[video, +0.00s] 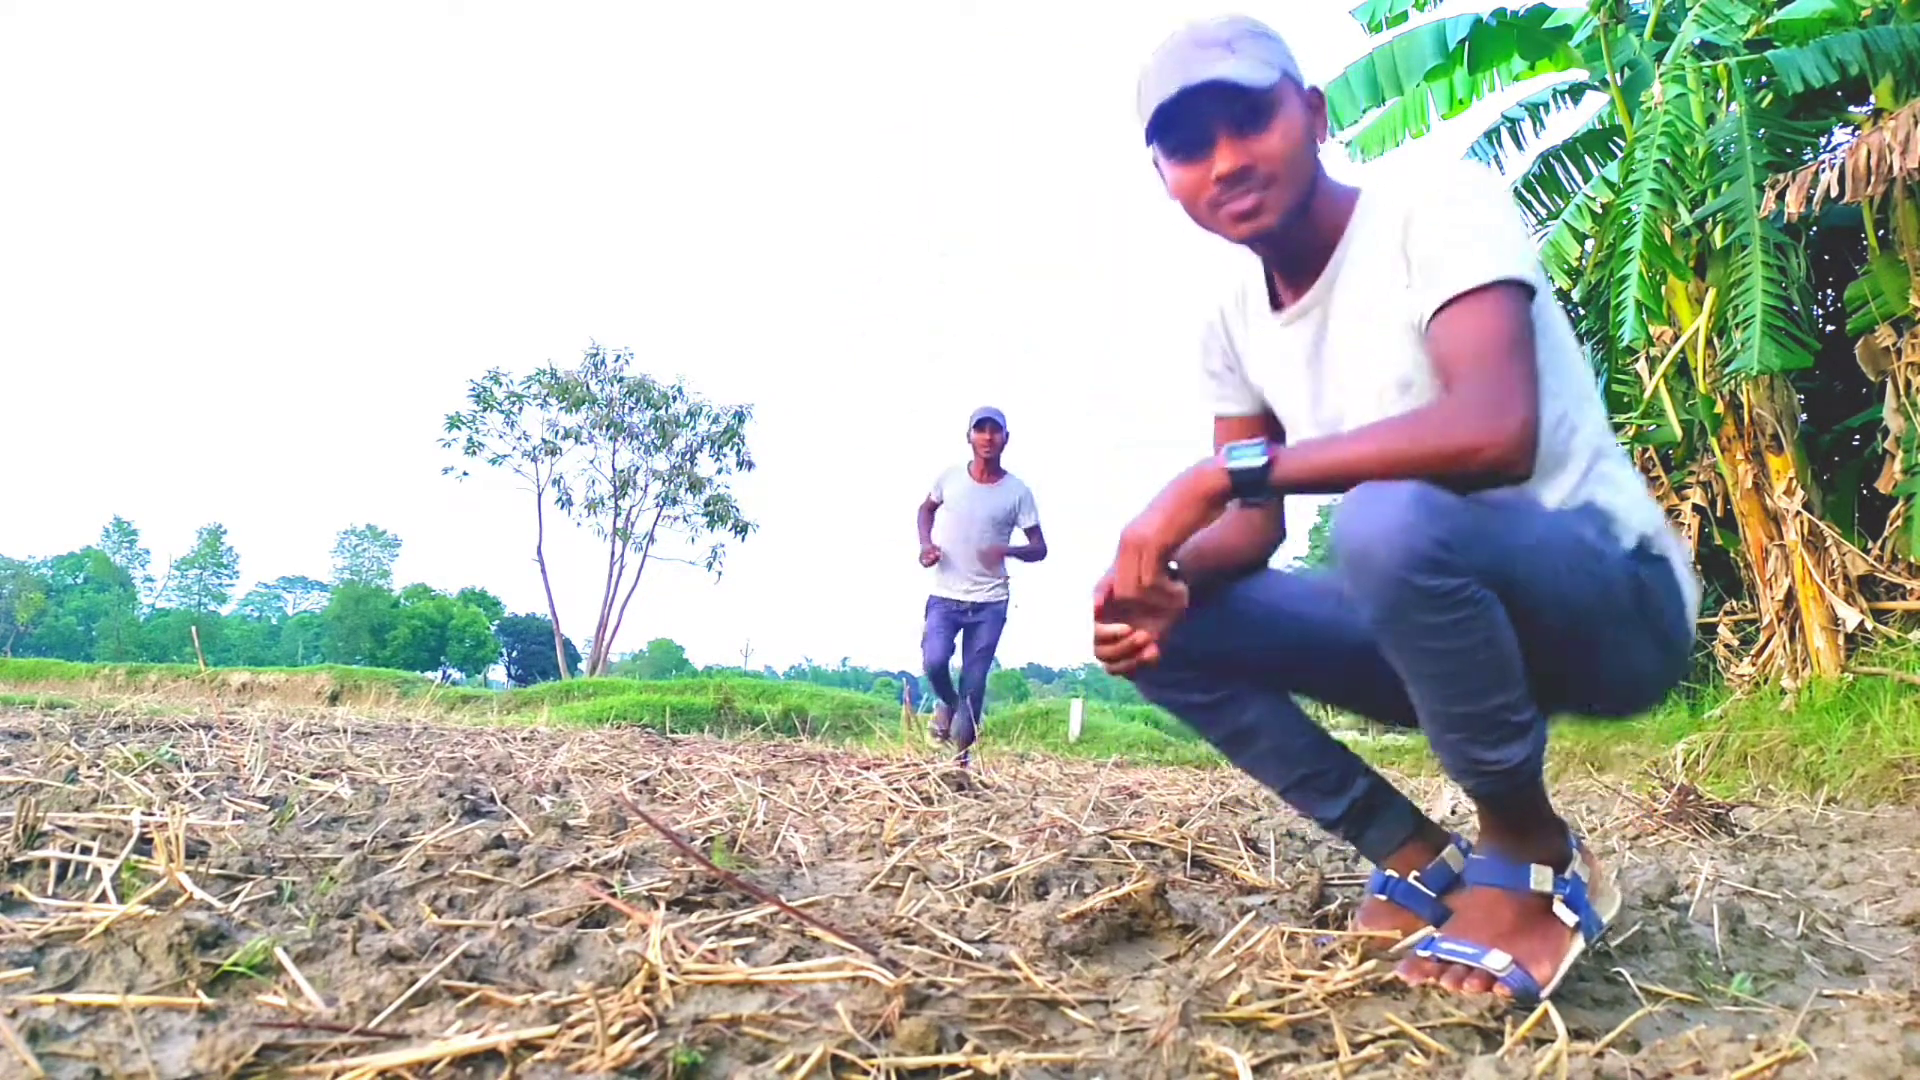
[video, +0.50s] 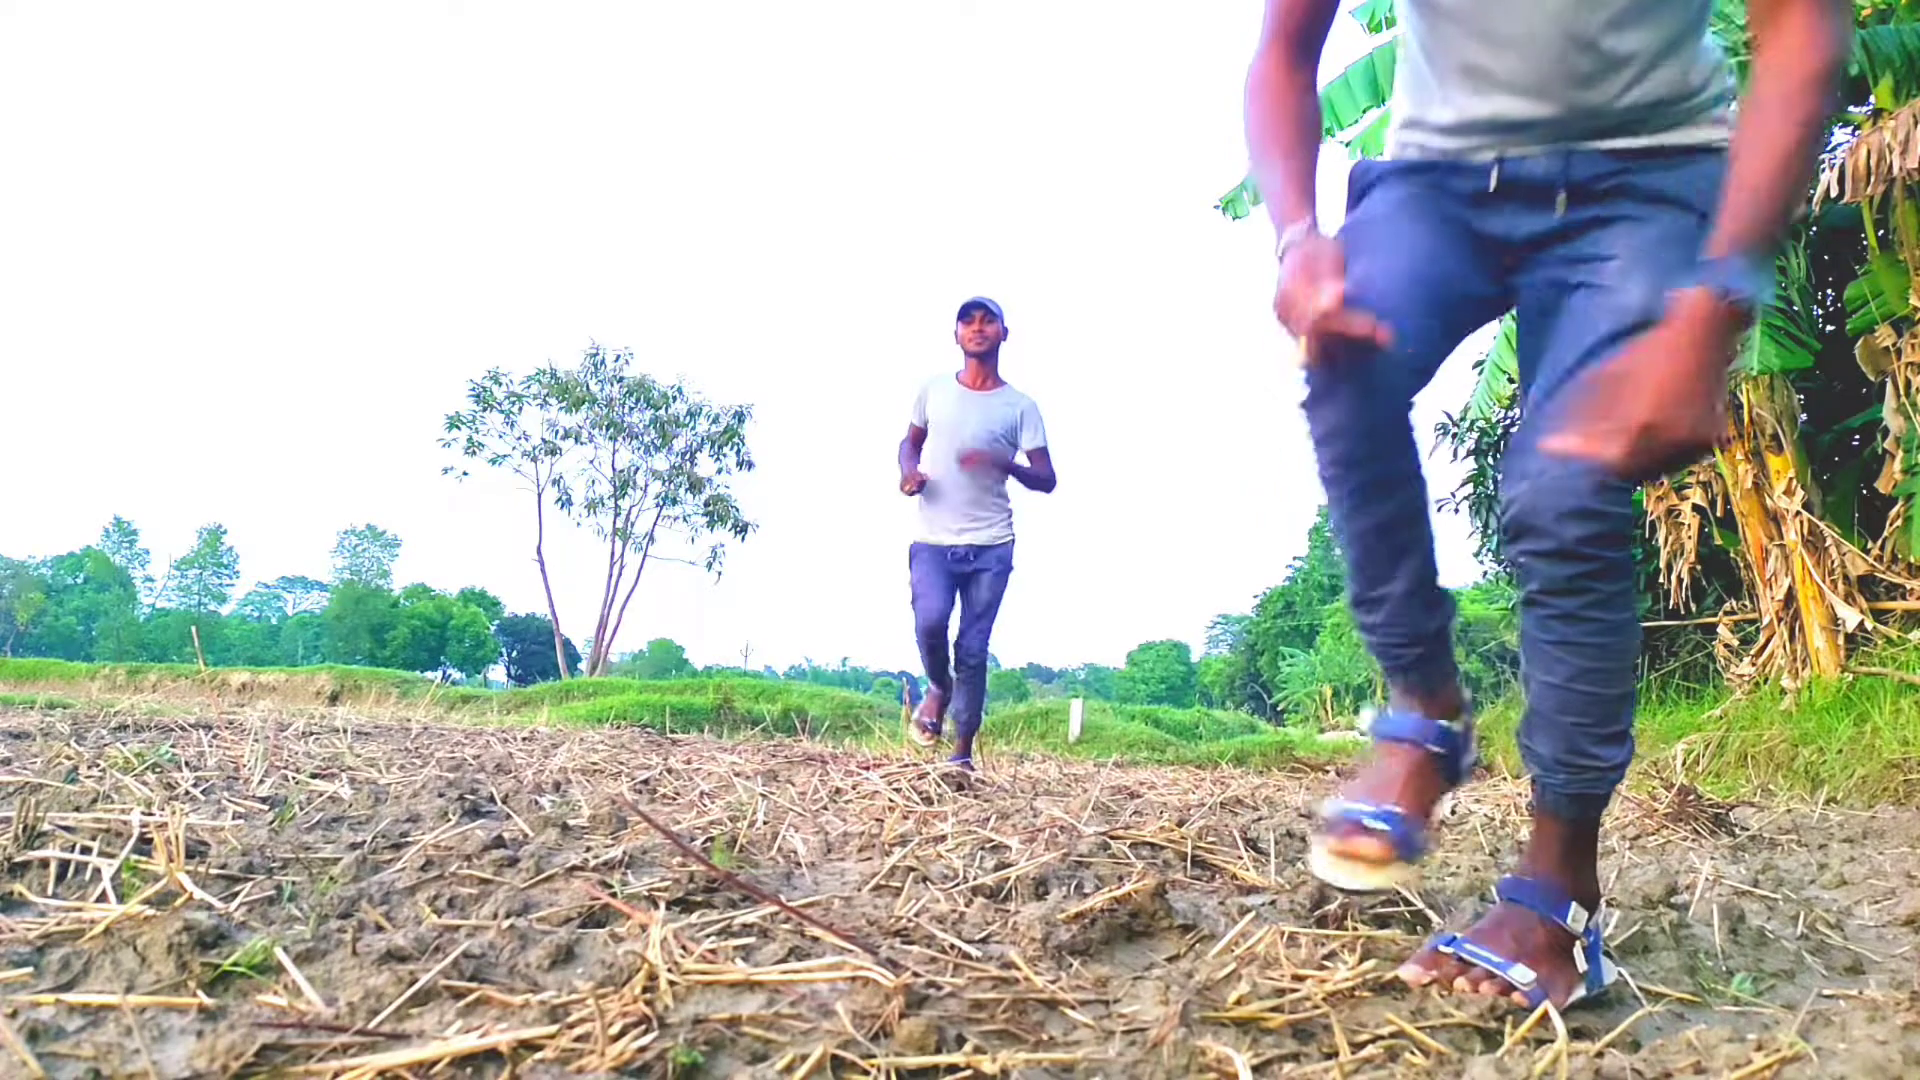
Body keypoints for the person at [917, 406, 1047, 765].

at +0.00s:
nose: (987, 437)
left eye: (994, 430)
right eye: (981, 430)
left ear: (1005, 438)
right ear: (970, 437)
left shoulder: (1018, 492)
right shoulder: (950, 478)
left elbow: (1040, 549)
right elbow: (926, 509)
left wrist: (1007, 551)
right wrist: (925, 544)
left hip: (989, 599)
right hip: (945, 595)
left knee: (973, 679)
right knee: (934, 662)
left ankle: (962, 753)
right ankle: (948, 704)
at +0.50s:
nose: (978, 327)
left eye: (988, 320)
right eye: (969, 320)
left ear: (1003, 334)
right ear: (957, 334)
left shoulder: (1021, 406)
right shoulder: (933, 390)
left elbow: (1046, 479)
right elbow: (910, 442)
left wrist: (1003, 462)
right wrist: (909, 469)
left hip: (990, 543)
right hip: (932, 541)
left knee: (971, 651)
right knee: (929, 624)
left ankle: (963, 753)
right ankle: (939, 689)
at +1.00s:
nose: (971, 166)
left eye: (986, 154)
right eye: (959, 155)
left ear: (1010, 175)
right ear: (943, 176)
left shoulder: (1039, 280)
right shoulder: (913, 270)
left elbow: (1083, 373)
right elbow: (885, 352)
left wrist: (1005, 330)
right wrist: (873, 409)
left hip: (1004, 483)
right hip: (922, 465)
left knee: (967, 653)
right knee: (939, 548)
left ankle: (931, 790)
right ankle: (898, 698)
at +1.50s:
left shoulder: (1148, 64)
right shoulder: (963, 78)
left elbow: (1215, 191)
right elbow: (894, 210)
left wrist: (1178, 257)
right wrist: (931, 212)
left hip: (1125, 343)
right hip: (1015, 366)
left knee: (1145, 492)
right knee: (974, 568)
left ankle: (1212, 758)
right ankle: (933, 801)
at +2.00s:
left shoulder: (1358, 4)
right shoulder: (1172, 26)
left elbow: (1482, 55)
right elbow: (1170, 171)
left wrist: (1356, 177)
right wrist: (1140, 276)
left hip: (1408, 263)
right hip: (1317, 300)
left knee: (1293, 512)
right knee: (1273, 574)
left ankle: (1338, 857)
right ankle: (1395, 865)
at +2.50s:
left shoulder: (1439, 4)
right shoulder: (1289, 37)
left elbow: (1441, 190)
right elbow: (1310, 251)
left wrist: (1357, 427)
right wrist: (1249, 450)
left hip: (1631, 268)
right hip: (1506, 303)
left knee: (1426, 541)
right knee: (1310, 531)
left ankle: (1599, 921)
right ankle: (1477, 825)